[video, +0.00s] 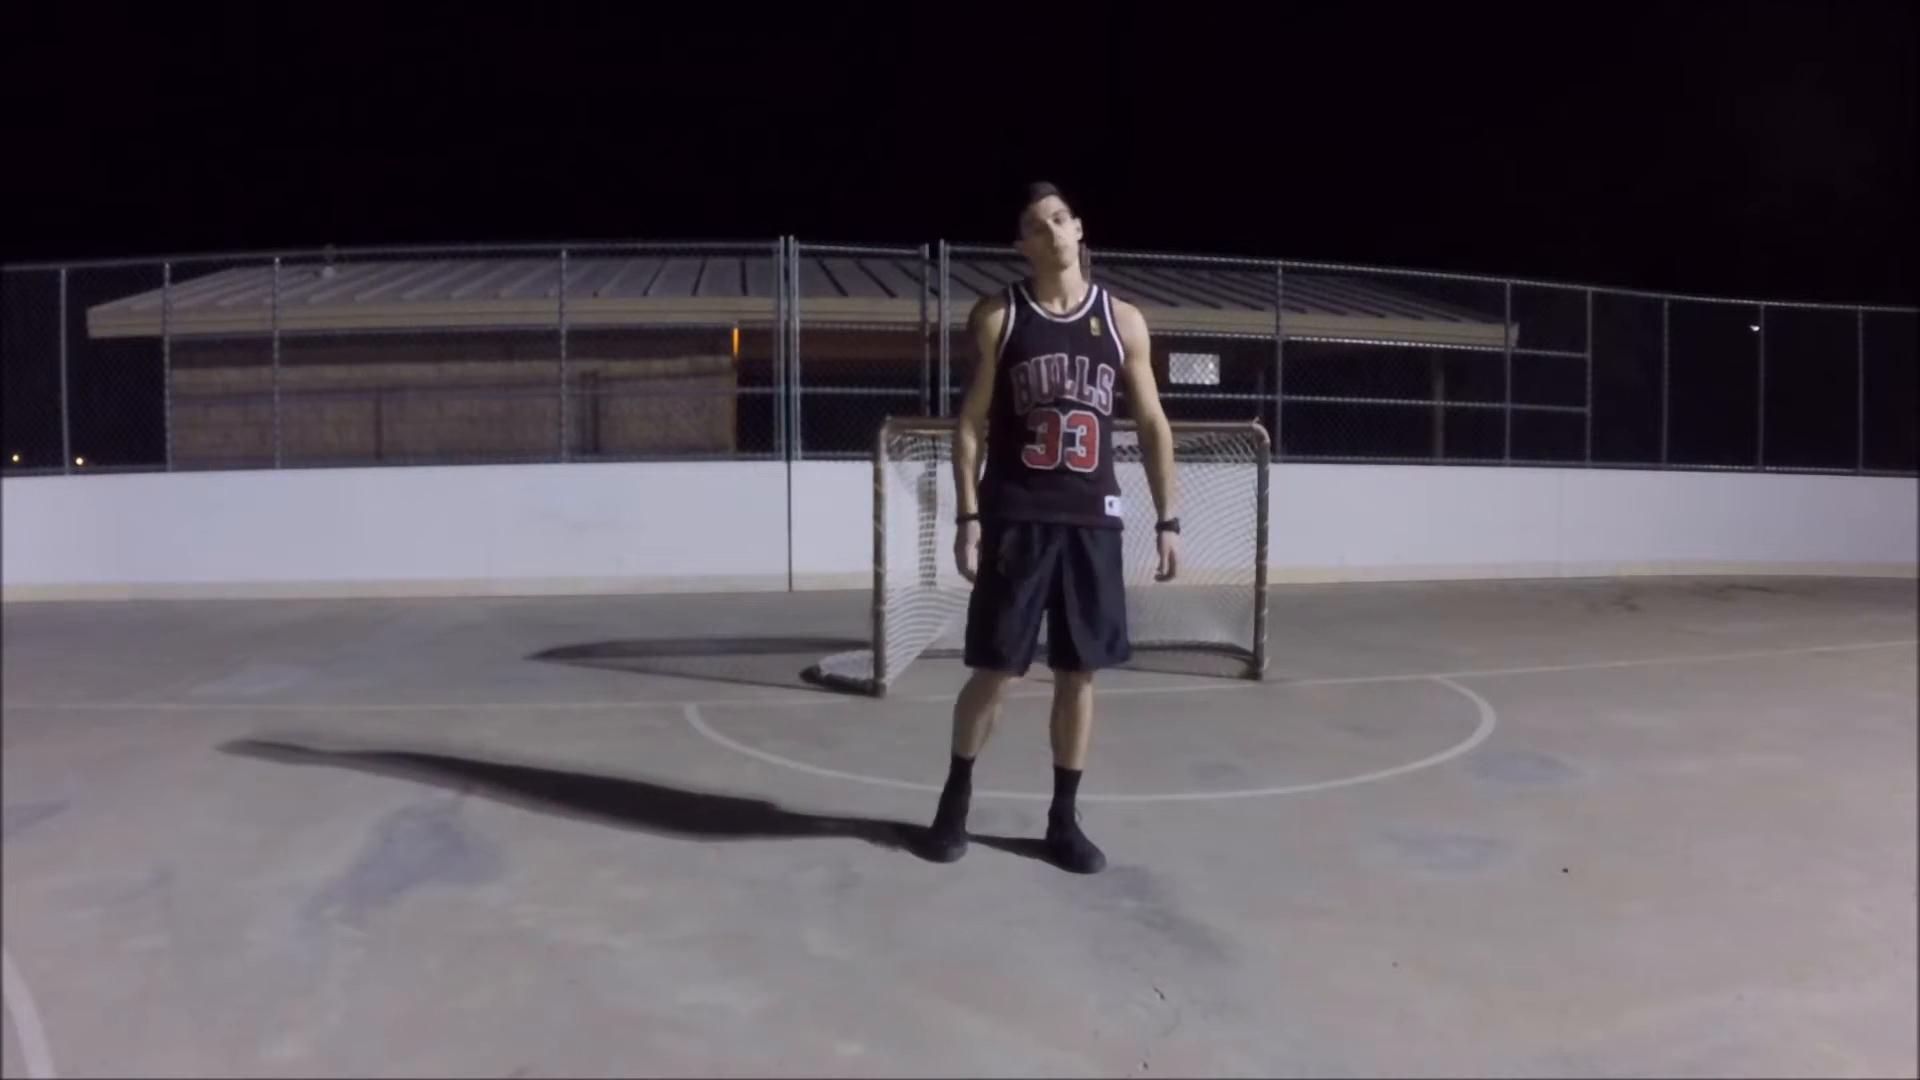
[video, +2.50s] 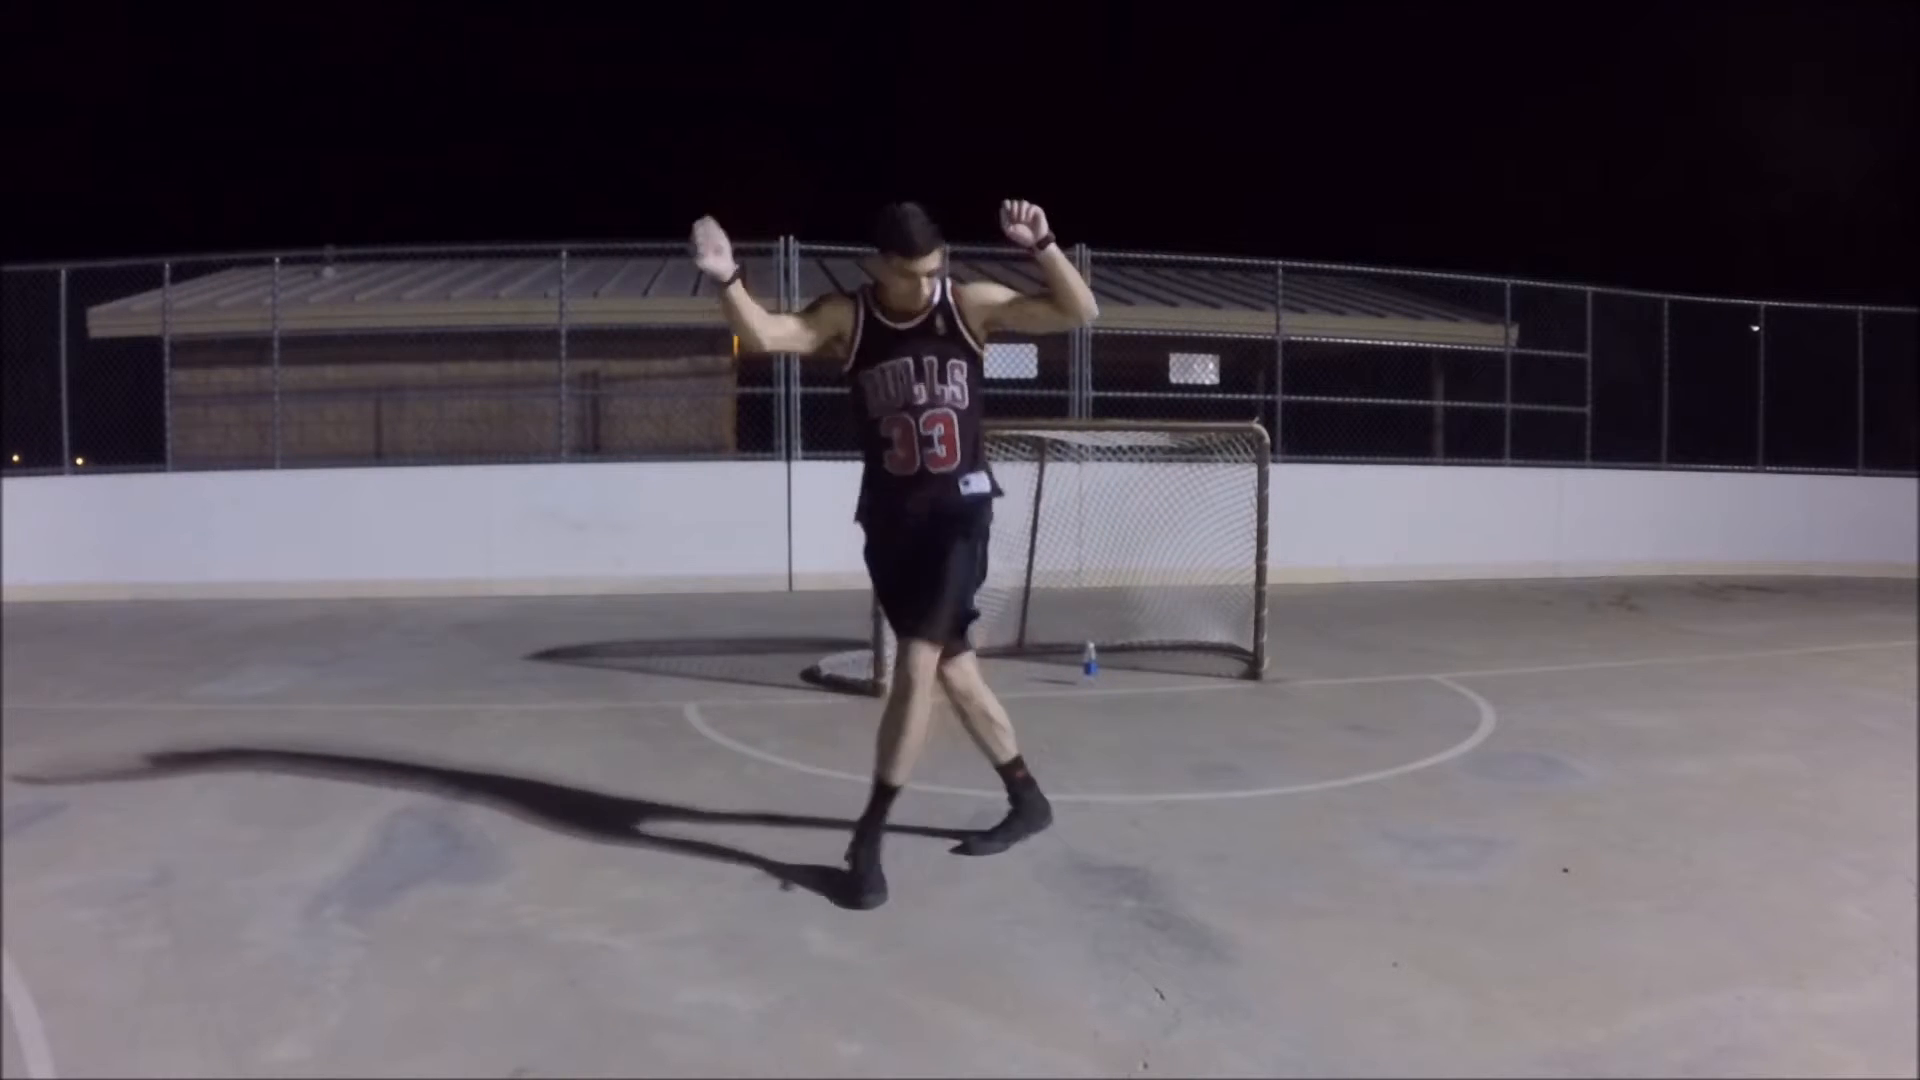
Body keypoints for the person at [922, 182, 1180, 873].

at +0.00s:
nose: (1052, 230)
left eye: (1059, 219)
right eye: (1037, 225)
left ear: (1081, 232)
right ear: (1021, 247)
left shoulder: (1124, 320)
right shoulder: (999, 316)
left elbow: (1152, 423)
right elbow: (970, 423)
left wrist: (1167, 521)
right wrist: (968, 515)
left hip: (1093, 524)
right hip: (1016, 522)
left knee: (1079, 673)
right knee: (994, 674)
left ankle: (1064, 820)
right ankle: (955, 799)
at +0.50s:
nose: (957, 239)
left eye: (969, 227)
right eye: (949, 230)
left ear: (998, 237)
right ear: (941, 245)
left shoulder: (1039, 314)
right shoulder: (935, 321)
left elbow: (1062, 423)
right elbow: (915, 420)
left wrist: (1034, 520)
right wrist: (903, 505)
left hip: (1013, 518)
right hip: (943, 517)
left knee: (1032, 670)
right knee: (944, 667)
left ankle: (1053, 810)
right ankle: (949, 813)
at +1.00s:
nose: (940, 240)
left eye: (952, 229)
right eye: (930, 232)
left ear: (978, 241)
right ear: (919, 248)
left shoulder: (1018, 310)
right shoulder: (919, 325)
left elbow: (1024, 419)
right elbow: (914, 426)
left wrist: (971, 506)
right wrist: (893, 514)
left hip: (1007, 509)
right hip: (938, 508)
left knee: (1029, 664)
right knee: (944, 666)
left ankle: (1043, 746)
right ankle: (949, 806)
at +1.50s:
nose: (986, 239)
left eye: (997, 226)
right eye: (975, 230)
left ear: (1023, 235)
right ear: (960, 244)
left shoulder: (1064, 318)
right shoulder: (942, 316)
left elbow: (1094, 421)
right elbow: (908, 406)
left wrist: (1095, 520)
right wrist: (888, 490)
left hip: (1026, 523)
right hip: (947, 516)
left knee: (1032, 664)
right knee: (913, 658)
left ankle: (1038, 803)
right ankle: (867, 786)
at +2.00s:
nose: (934, 272)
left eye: (942, 257)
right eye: (920, 261)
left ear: (963, 238)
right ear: (899, 247)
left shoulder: (995, 282)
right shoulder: (869, 286)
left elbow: (1090, 245)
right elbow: (770, 283)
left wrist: (1138, 169)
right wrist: (749, 203)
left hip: (955, 496)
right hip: (885, 498)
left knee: (902, 653)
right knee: (925, 656)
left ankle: (849, 778)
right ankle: (969, 807)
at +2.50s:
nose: (922, 289)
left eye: (931, 275)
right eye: (908, 278)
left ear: (943, 260)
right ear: (876, 265)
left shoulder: (971, 304)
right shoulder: (845, 316)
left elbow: (1077, 309)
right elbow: (766, 337)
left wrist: (1043, 248)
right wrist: (727, 279)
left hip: (959, 512)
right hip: (888, 518)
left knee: (915, 663)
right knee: (957, 674)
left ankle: (869, 835)